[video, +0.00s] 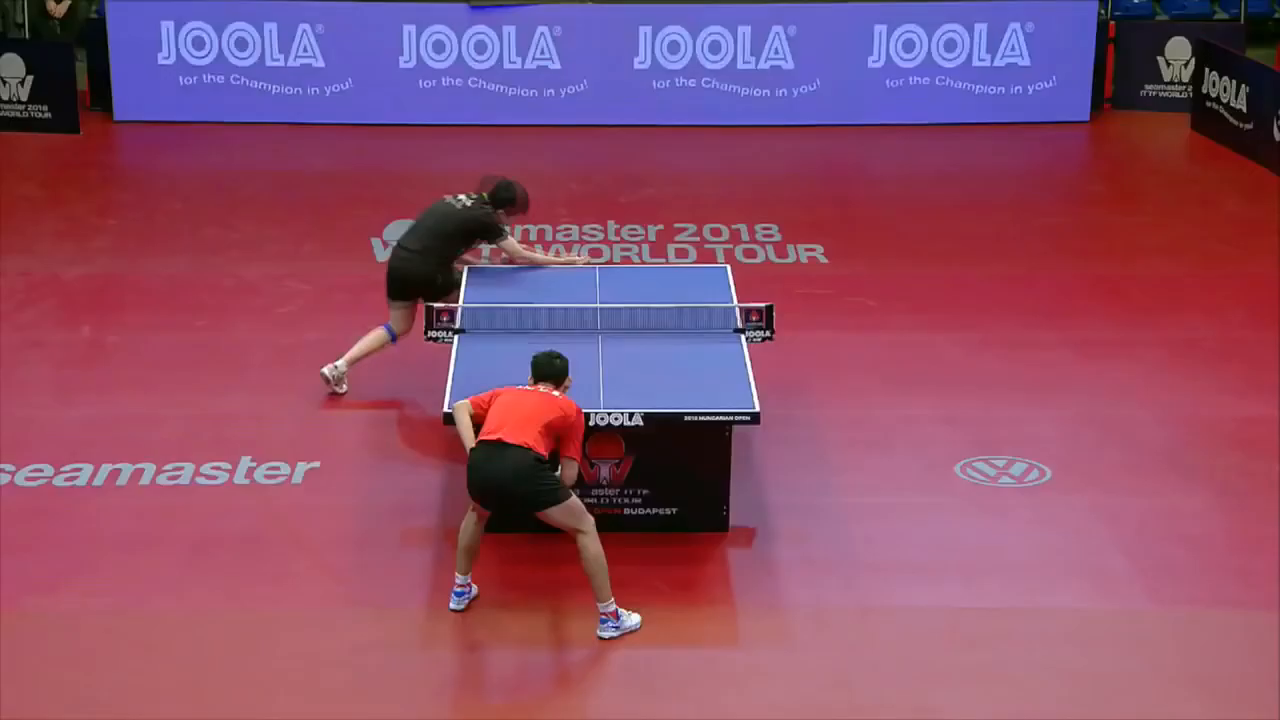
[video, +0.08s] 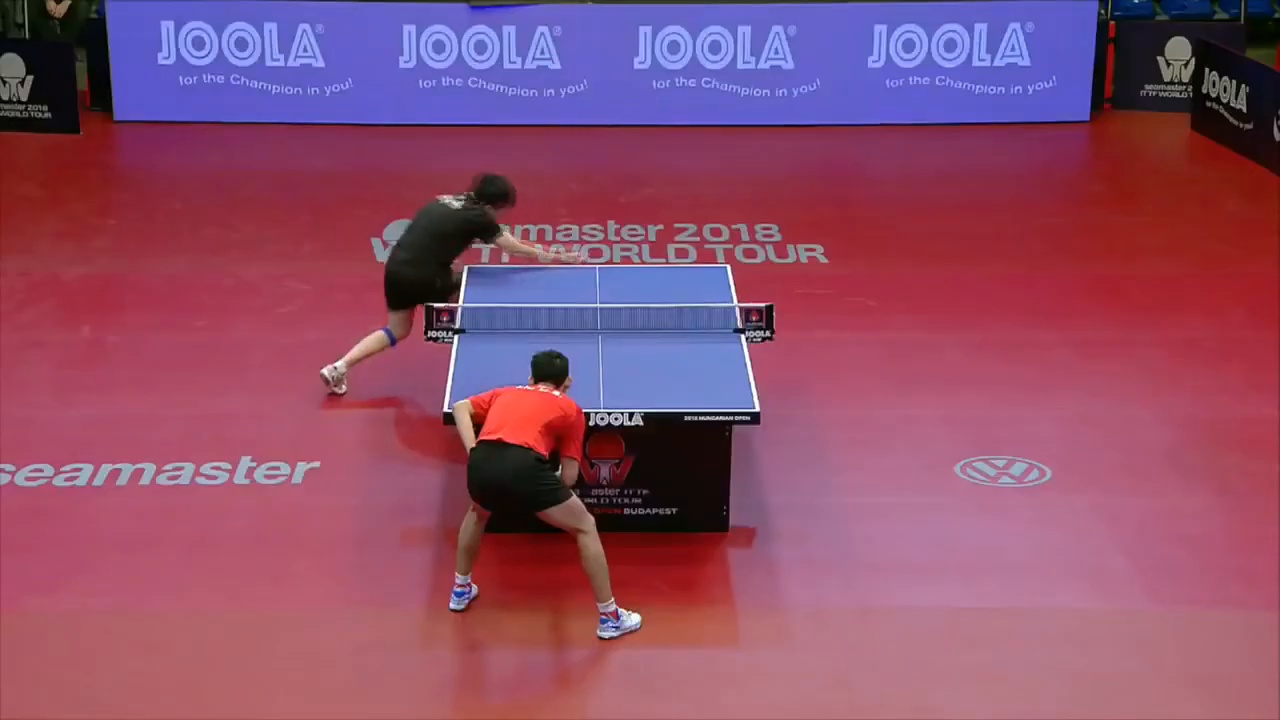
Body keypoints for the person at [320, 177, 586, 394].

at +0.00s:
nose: (514, 218)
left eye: (516, 214)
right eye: (515, 213)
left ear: (490, 194)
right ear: (504, 207)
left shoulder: (458, 200)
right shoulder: (488, 219)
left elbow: (439, 242)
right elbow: (521, 255)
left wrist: (472, 261)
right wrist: (565, 260)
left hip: (399, 265)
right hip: (431, 273)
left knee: (397, 326)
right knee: (481, 297)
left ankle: (340, 366)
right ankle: (479, 373)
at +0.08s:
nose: (504, 211)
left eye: (505, 207)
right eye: (503, 206)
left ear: (477, 191)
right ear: (495, 202)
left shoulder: (446, 201)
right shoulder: (480, 217)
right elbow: (516, 248)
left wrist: (452, 267)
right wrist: (554, 256)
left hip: (396, 272)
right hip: (428, 278)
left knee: (396, 330)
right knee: (480, 285)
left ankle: (339, 367)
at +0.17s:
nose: (484, 199)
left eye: (484, 195)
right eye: (483, 195)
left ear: (455, 186)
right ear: (474, 193)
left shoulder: (416, 203)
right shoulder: (465, 212)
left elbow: (385, 245)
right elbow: (511, 224)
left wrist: (375, 286)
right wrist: (554, 211)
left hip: (390, 282)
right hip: (424, 284)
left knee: (391, 332)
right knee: (467, 302)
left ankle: (333, 368)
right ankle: (474, 372)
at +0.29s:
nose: (466, 191)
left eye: (466, 186)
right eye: (464, 186)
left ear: (434, 179)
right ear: (452, 183)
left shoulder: (399, 199)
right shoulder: (450, 203)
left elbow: (365, 237)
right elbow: (497, 199)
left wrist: (333, 272)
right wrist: (541, 181)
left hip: (377, 277)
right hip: (412, 278)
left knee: (379, 328)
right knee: (464, 307)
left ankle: (329, 370)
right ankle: (478, 370)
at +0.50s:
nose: (452, 166)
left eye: (450, 159)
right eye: (448, 160)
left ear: (420, 164)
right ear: (434, 164)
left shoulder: (384, 181)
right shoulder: (434, 188)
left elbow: (347, 207)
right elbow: (467, 199)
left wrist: (318, 240)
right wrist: (513, 201)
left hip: (361, 262)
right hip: (396, 265)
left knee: (359, 319)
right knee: (448, 306)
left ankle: (324, 380)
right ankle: (466, 375)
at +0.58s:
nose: (452, 163)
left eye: (451, 158)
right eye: (448, 158)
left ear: (421, 162)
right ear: (433, 163)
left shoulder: (385, 179)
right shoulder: (435, 187)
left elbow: (343, 198)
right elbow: (462, 203)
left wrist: (322, 230)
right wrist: (505, 210)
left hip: (360, 258)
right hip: (395, 262)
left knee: (356, 317)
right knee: (447, 308)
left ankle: (323, 382)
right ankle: (465, 380)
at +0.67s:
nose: (462, 172)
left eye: (461, 166)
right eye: (459, 166)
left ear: (432, 167)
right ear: (444, 169)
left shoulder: (397, 174)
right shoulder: (442, 192)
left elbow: (354, 173)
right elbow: (452, 216)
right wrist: (479, 230)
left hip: (359, 256)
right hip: (393, 263)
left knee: (351, 316)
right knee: (453, 300)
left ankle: (322, 380)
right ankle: (433, 366)